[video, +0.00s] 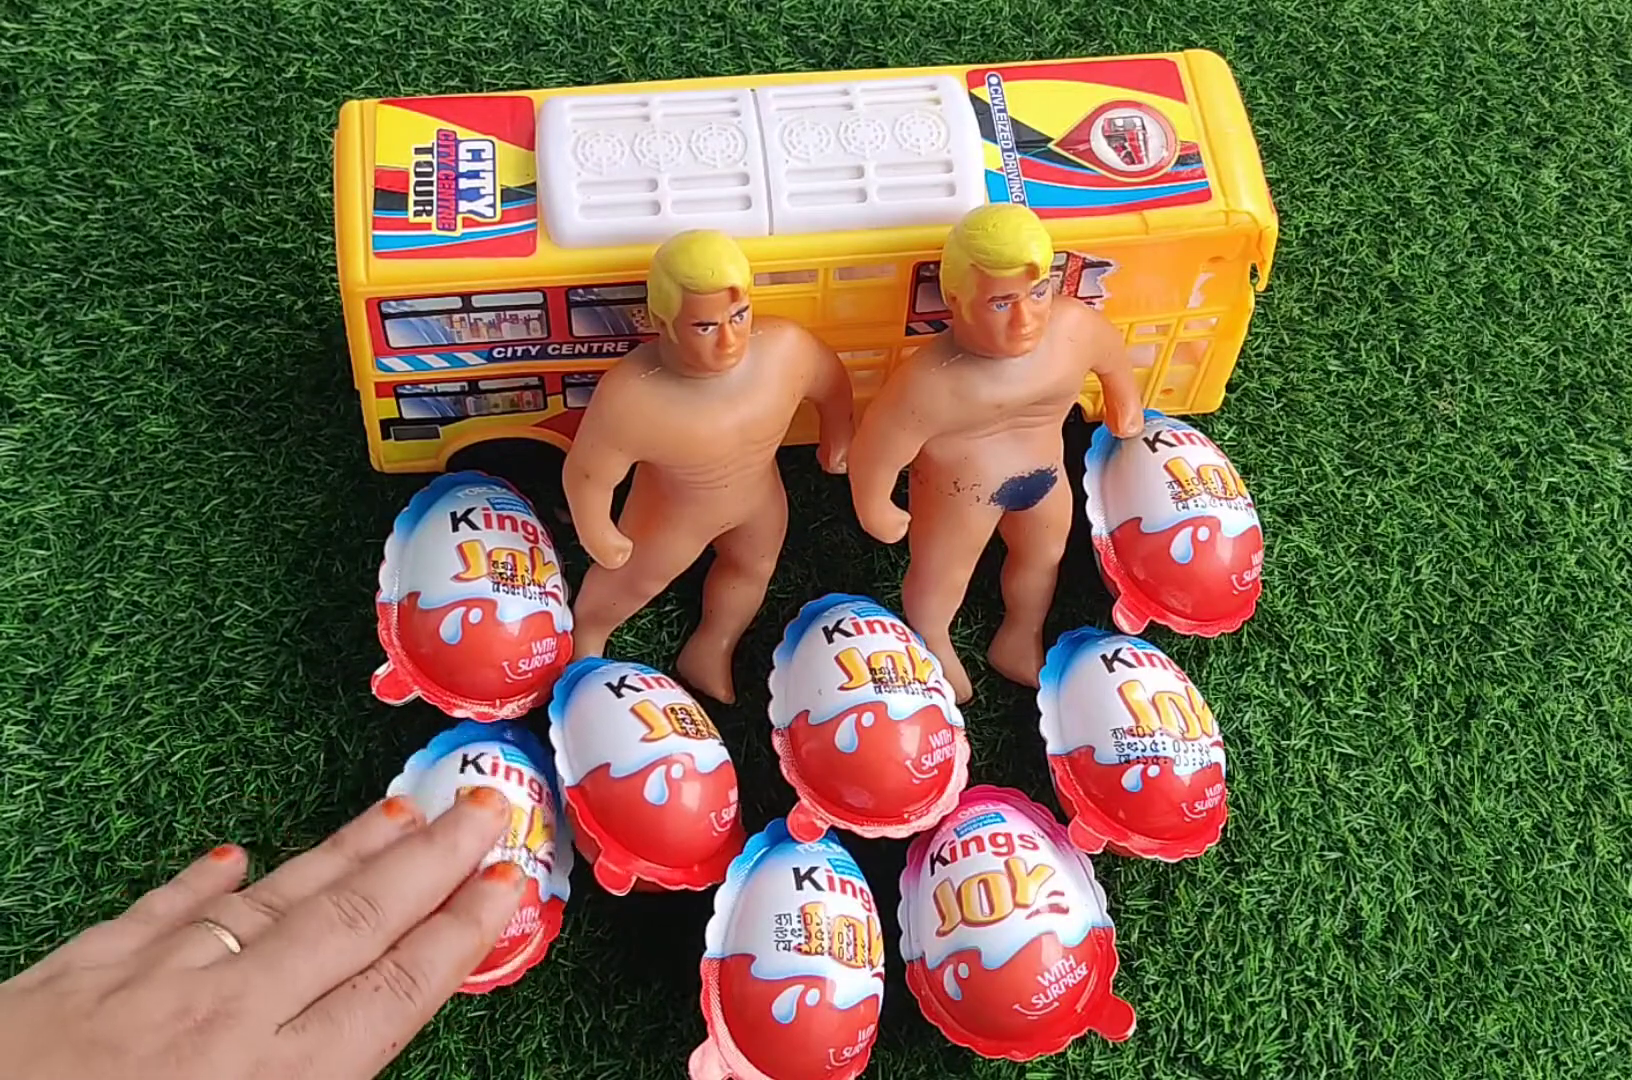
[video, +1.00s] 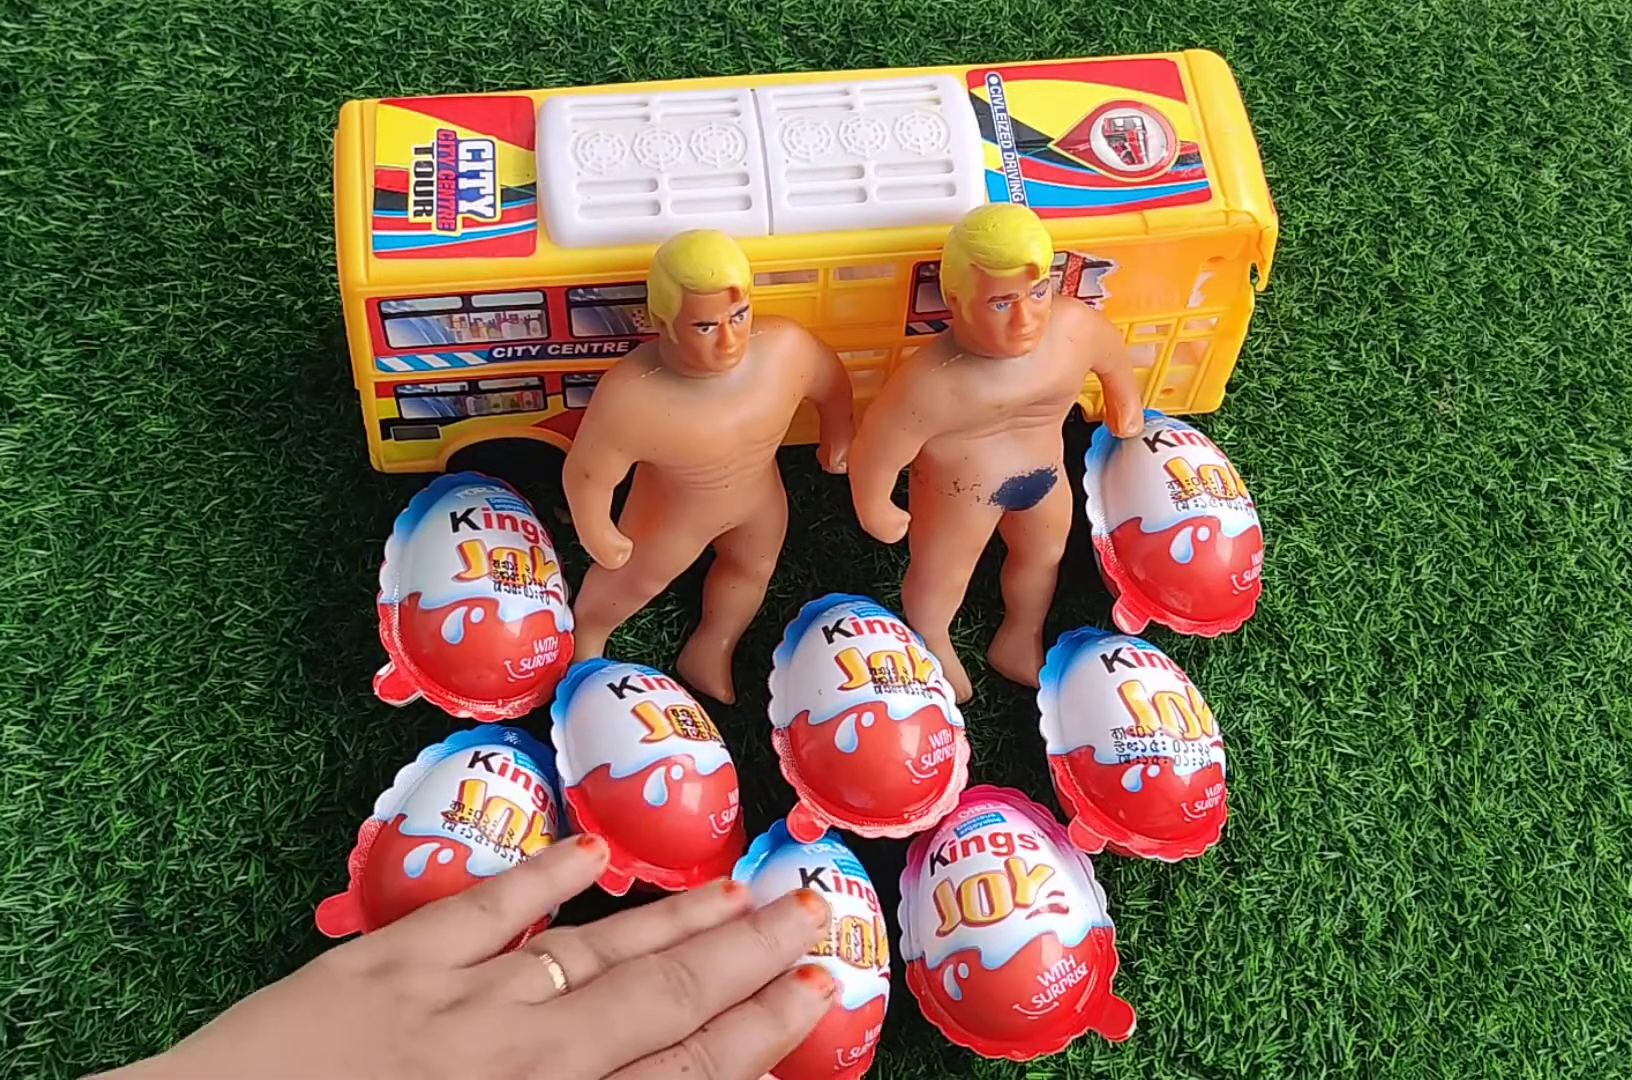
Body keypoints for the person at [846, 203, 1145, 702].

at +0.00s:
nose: (1024, 316)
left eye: (1037, 294)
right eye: (1000, 302)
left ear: (1051, 284)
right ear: (954, 304)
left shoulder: (1078, 327)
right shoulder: (927, 382)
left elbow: (1113, 358)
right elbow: (874, 452)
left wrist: (1126, 406)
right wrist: (877, 514)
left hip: (1045, 477)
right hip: (959, 493)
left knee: (1041, 561)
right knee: (940, 580)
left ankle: (1020, 642)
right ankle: (933, 645)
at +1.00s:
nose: (1023, 317)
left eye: (1036, 294)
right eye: (999, 302)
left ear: (1052, 284)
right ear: (953, 304)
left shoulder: (1077, 326)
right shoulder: (927, 384)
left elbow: (1113, 359)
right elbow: (874, 452)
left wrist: (1126, 404)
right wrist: (878, 514)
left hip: (1045, 478)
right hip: (959, 494)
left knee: (1041, 561)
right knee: (940, 579)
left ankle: (1020, 642)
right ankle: (932, 645)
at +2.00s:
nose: (1024, 316)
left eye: (1036, 294)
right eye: (1000, 302)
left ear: (1049, 284)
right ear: (953, 303)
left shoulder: (1077, 326)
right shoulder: (927, 383)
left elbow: (1112, 357)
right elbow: (873, 456)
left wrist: (1125, 404)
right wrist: (875, 513)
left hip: (1044, 478)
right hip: (958, 493)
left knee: (1040, 561)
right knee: (938, 580)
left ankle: (1019, 643)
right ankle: (934, 647)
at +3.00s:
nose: (1024, 316)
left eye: (1036, 294)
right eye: (999, 302)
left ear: (1051, 284)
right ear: (953, 303)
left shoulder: (1077, 326)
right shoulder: (927, 383)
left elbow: (1112, 357)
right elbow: (874, 452)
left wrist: (1126, 403)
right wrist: (877, 513)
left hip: (1045, 474)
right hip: (959, 490)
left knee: (1041, 560)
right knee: (942, 575)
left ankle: (1020, 641)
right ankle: (931, 643)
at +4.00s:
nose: (1024, 317)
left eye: (1037, 294)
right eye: (1000, 302)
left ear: (1051, 283)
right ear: (953, 303)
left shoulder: (1079, 328)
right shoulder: (927, 381)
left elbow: (1115, 362)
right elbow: (871, 458)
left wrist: (1126, 410)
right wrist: (879, 516)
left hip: (1044, 479)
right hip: (958, 492)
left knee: (1040, 563)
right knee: (940, 584)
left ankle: (1020, 643)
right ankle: (922, 662)